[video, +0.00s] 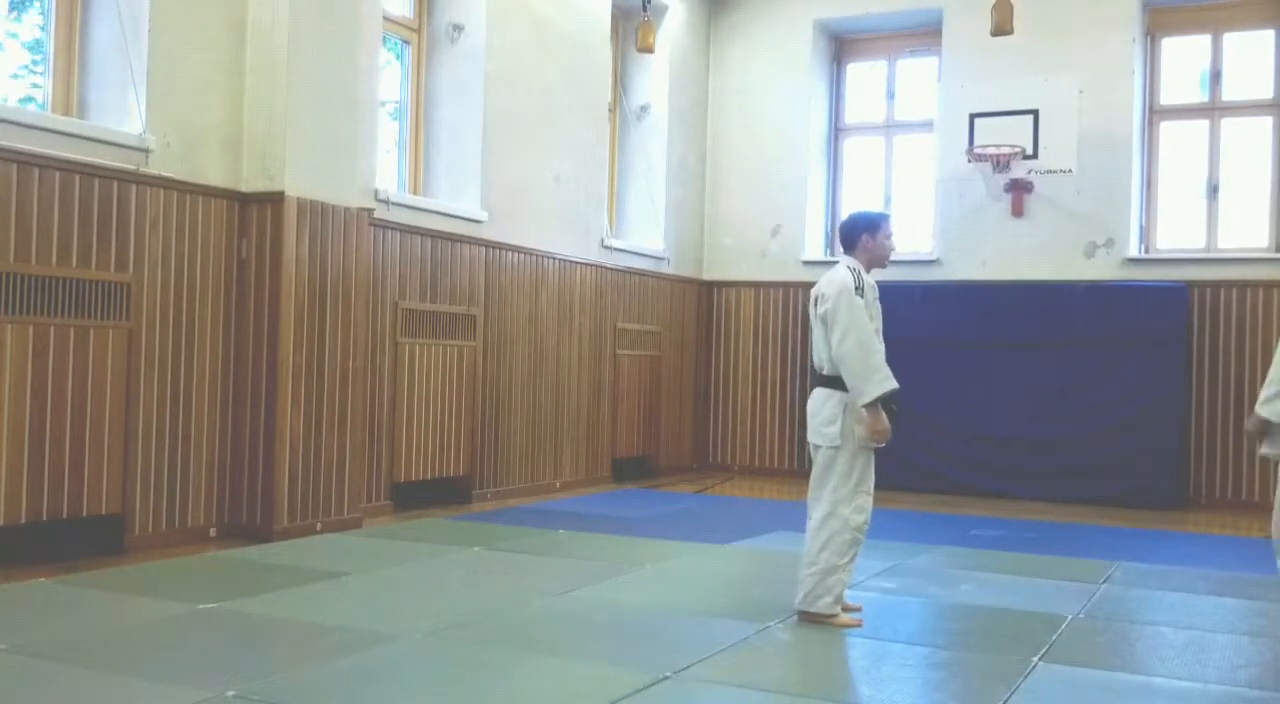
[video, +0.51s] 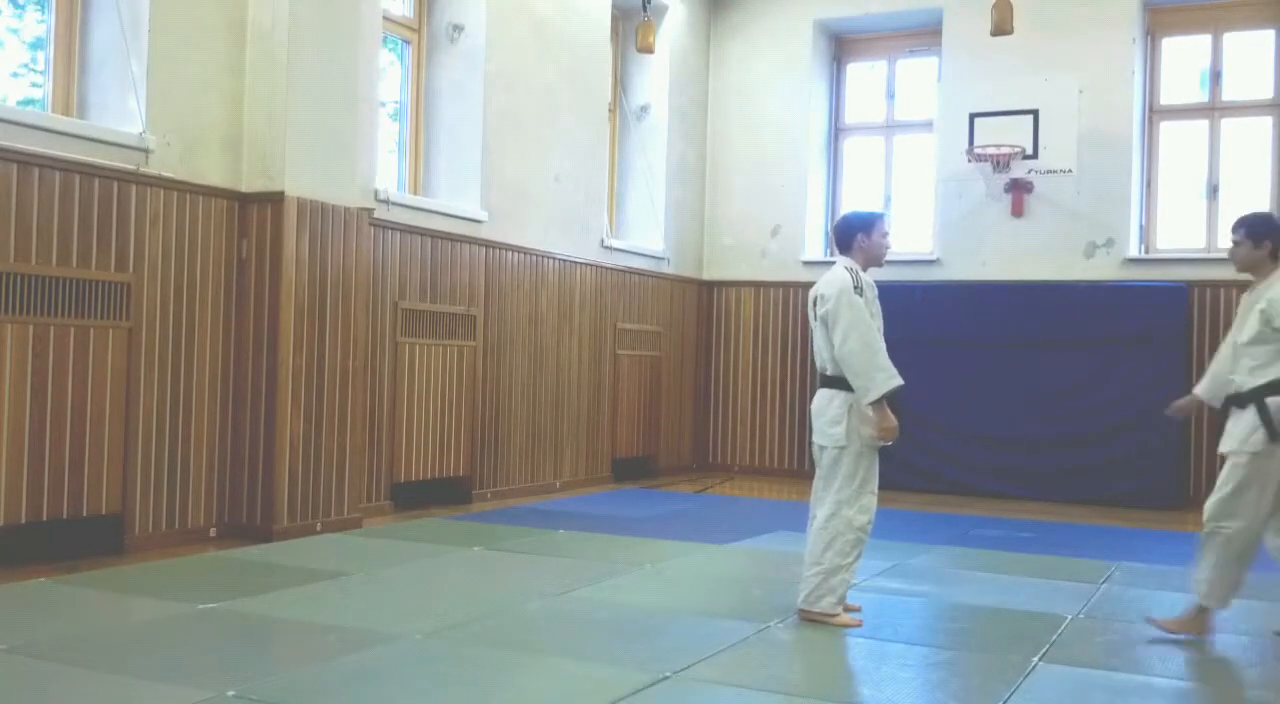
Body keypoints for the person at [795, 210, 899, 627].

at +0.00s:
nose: (893, 245)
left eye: (891, 237)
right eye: (888, 237)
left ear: (864, 240)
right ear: (867, 240)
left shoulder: (851, 281)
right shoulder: (845, 284)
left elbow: (860, 346)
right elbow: (855, 348)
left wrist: (875, 399)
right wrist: (872, 406)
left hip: (844, 403)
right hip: (841, 405)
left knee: (840, 503)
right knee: (843, 507)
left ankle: (826, 591)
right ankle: (818, 601)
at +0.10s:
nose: (893, 245)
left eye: (891, 237)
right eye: (888, 237)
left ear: (864, 240)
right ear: (867, 240)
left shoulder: (850, 281)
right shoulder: (846, 284)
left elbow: (859, 347)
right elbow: (856, 349)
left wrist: (873, 402)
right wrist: (875, 408)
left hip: (842, 403)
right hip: (842, 405)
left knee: (838, 502)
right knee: (845, 506)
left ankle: (825, 591)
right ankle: (818, 601)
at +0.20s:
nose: (892, 245)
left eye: (890, 237)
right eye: (887, 237)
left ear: (864, 240)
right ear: (865, 240)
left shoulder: (848, 281)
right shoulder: (846, 285)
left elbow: (860, 347)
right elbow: (857, 350)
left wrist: (876, 402)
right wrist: (878, 407)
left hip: (842, 402)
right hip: (844, 405)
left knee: (839, 502)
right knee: (846, 506)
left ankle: (826, 591)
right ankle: (819, 601)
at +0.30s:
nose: (891, 244)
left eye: (889, 236)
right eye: (886, 236)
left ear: (861, 240)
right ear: (864, 240)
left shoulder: (843, 280)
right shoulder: (846, 285)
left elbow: (858, 347)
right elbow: (858, 349)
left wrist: (875, 401)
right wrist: (880, 406)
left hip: (840, 401)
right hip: (845, 404)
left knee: (838, 502)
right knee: (847, 506)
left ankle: (826, 591)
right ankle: (819, 601)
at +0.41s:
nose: (889, 244)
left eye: (888, 236)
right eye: (884, 236)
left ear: (859, 241)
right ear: (862, 240)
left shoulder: (843, 280)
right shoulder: (845, 285)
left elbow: (859, 347)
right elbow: (858, 349)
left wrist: (876, 401)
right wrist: (881, 406)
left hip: (840, 401)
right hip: (846, 404)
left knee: (839, 501)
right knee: (848, 506)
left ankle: (826, 591)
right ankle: (819, 601)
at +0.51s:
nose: (889, 244)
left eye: (887, 236)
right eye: (883, 236)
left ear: (858, 241)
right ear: (861, 240)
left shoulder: (844, 281)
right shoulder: (845, 285)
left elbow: (859, 347)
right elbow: (858, 349)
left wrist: (877, 401)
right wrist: (881, 406)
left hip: (842, 401)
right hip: (846, 404)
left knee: (839, 502)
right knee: (847, 506)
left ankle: (826, 591)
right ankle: (819, 601)